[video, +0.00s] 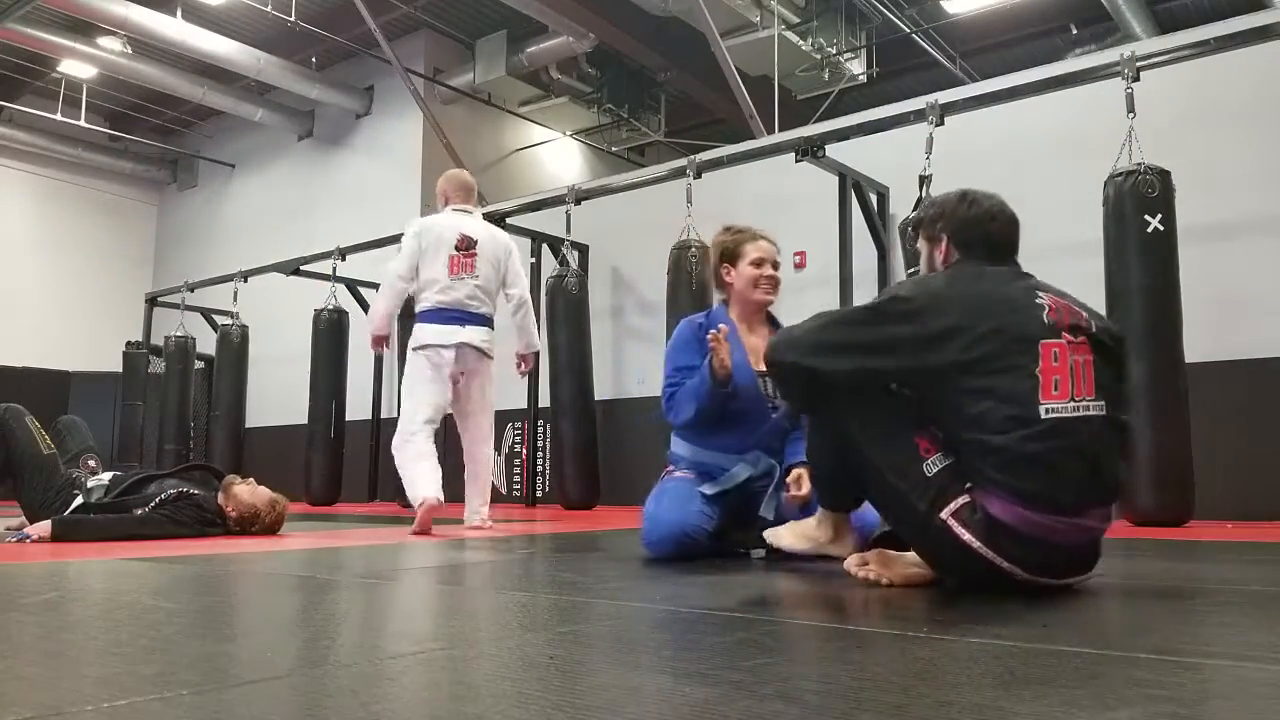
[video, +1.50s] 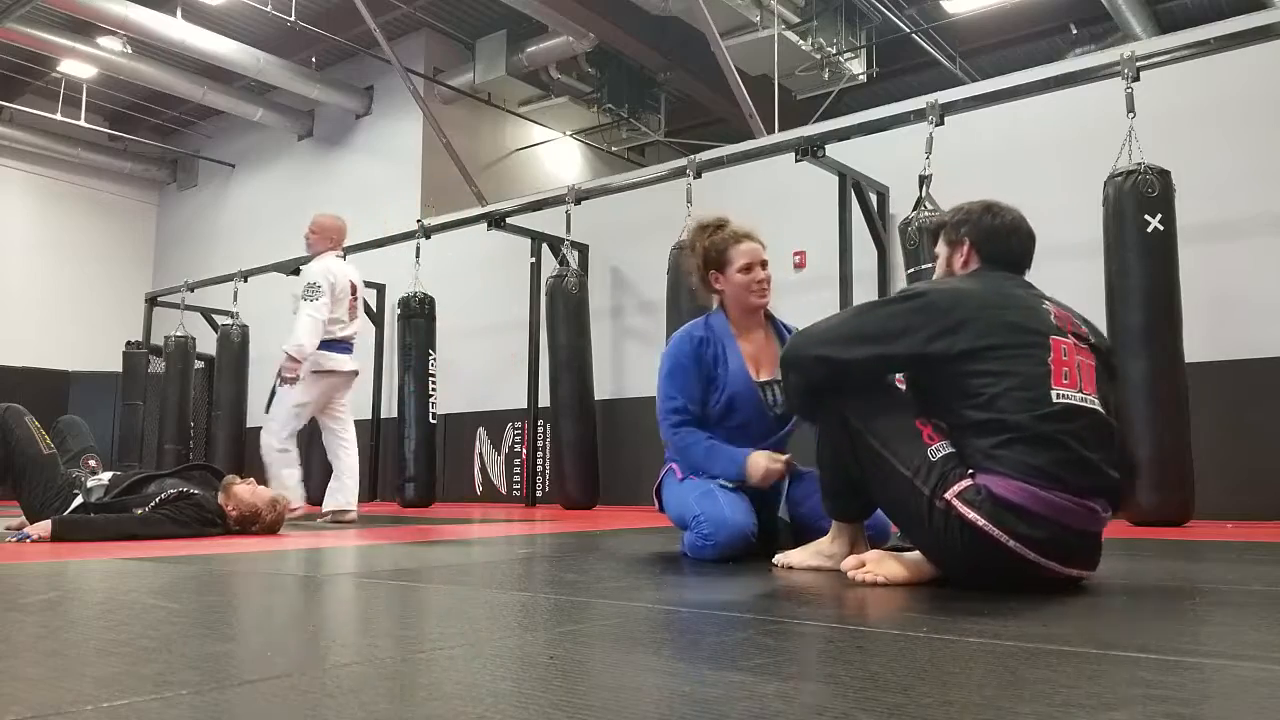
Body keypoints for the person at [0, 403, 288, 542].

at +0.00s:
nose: (247, 476)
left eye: (249, 488)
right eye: (255, 483)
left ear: (233, 511)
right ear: (236, 505)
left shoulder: (197, 513)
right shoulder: (215, 490)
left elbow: (129, 524)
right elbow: (154, 485)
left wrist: (56, 526)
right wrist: (113, 480)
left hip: (68, 499)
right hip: (101, 484)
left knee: (11, 414)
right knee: (68, 421)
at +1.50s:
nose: (248, 477)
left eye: (250, 488)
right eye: (257, 483)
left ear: (234, 510)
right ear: (235, 504)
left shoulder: (199, 513)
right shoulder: (218, 490)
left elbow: (130, 524)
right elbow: (158, 483)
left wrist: (55, 526)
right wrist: (115, 478)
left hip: (70, 500)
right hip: (103, 485)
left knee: (11, 414)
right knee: (69, 421)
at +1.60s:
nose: (248, 477)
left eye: (250, 488)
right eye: (256, 483)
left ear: (234, 510)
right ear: (236, 504)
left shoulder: (198, 513)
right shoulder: (218, 490)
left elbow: (130, 525)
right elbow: (157, 483)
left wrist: (56, 526)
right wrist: (114, 479)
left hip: (69, 501)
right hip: (102, 486)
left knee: (11, 414)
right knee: (69, 421)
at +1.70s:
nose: (247, 479)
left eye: (250, 489)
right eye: (255, 484)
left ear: (234, 510)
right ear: (236, 505)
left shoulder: (199, 513)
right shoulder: (216, 490)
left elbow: (130, 525)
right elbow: (155, 483)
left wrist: (56, 526)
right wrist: (114, 479)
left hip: (69, 501)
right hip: (101, 486)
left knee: (11, 414)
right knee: (70, 421)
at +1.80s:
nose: (251, 478)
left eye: (252, 489)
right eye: (259, 485)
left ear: (233, 509)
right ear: (237, 502)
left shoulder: (198, 513)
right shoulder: (217, 484)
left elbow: (130, 525)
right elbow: (158, 482)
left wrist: (56, 526)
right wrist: (116, 480)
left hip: (68, 499)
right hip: (101, 484)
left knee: (11, 414)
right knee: (70, 422)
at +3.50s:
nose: (210, 469)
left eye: (219, 476)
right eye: (218, 466)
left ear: (232, 501)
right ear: (222, 466)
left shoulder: (197, 512)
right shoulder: (209, 484)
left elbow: (128, 524)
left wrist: (56, 527)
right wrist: (110, 480)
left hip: (67, 502)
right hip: (100, 485)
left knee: (11, 416)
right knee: (73, 422)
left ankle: (14, 501)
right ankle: (31, 503)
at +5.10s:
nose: (225, 463)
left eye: (231, 464)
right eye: (232, 461)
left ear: (230, 475)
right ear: (250, 497)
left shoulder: (199, 513)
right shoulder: (215, 496)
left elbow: (130, 524)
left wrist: (56, 526)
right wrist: (107, 477)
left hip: (68, 501)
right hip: (95, 485)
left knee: (9, 416)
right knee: (46, 420)